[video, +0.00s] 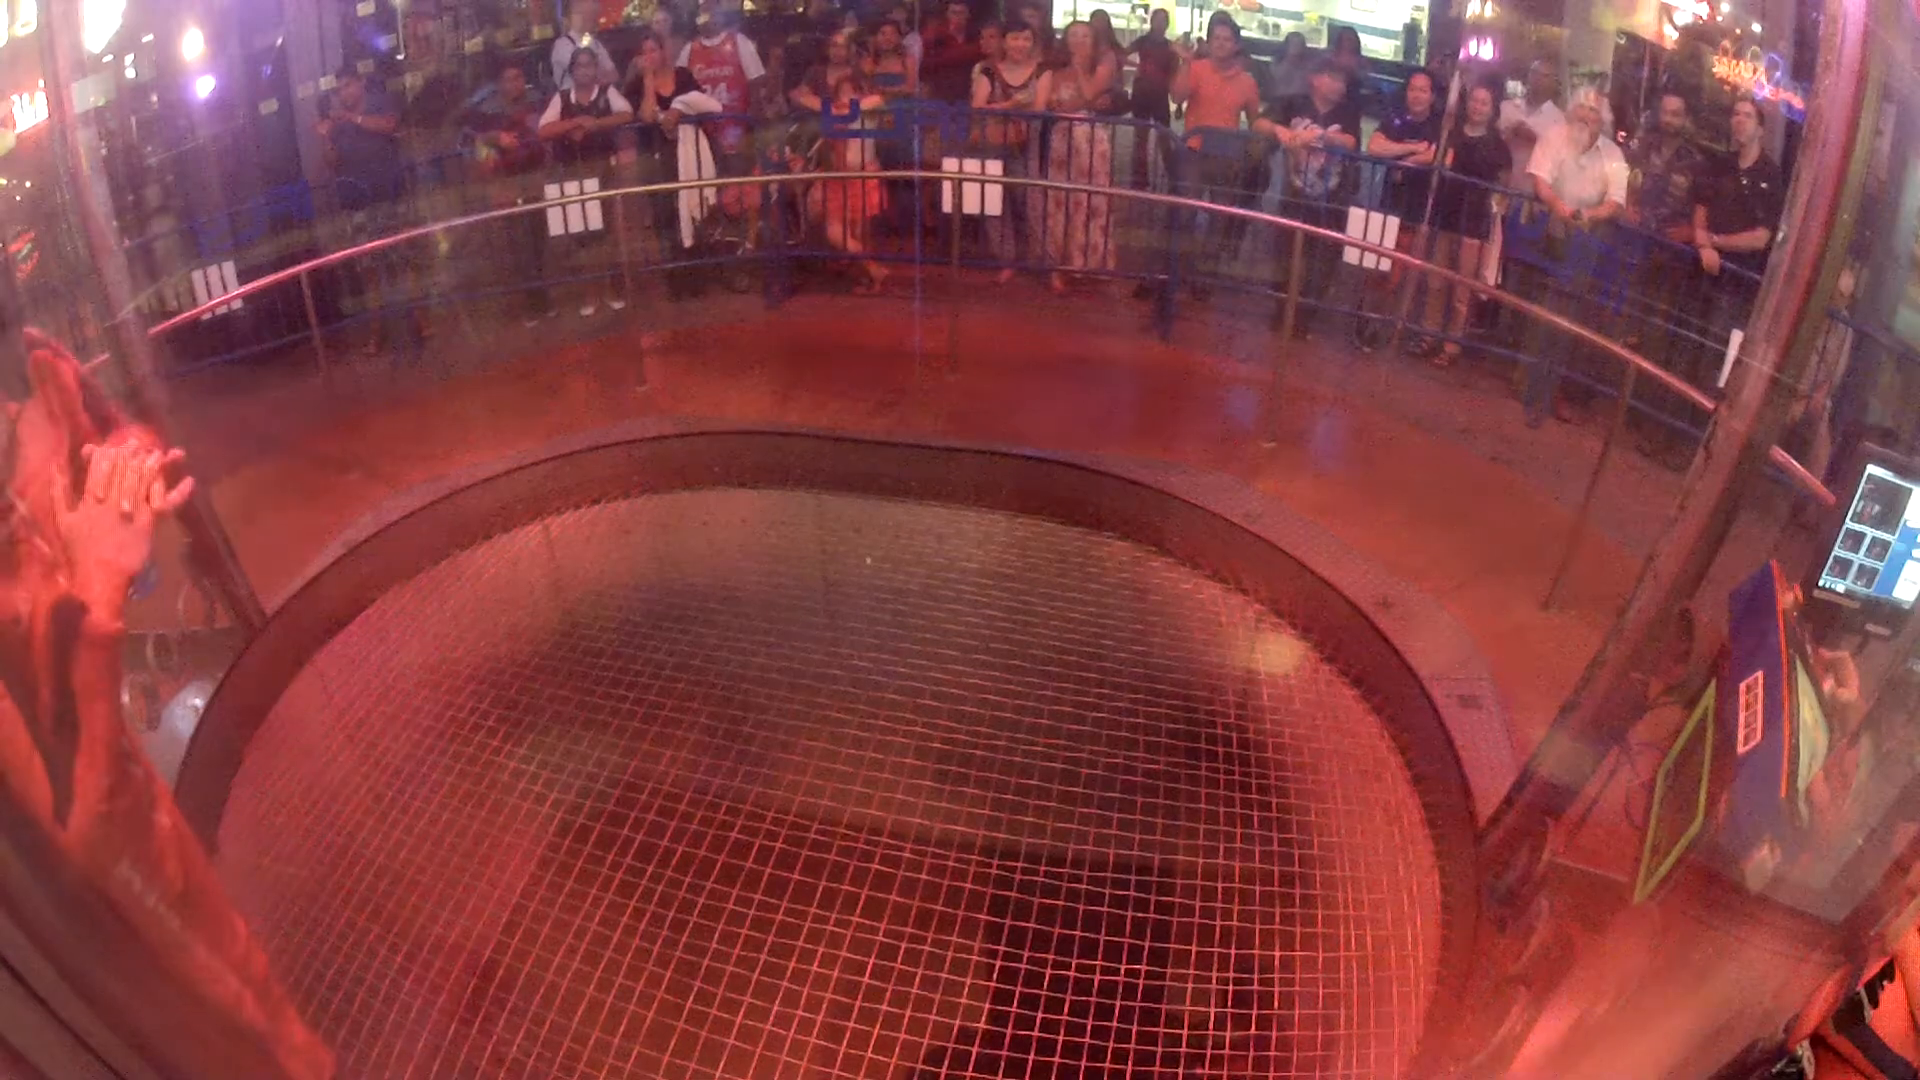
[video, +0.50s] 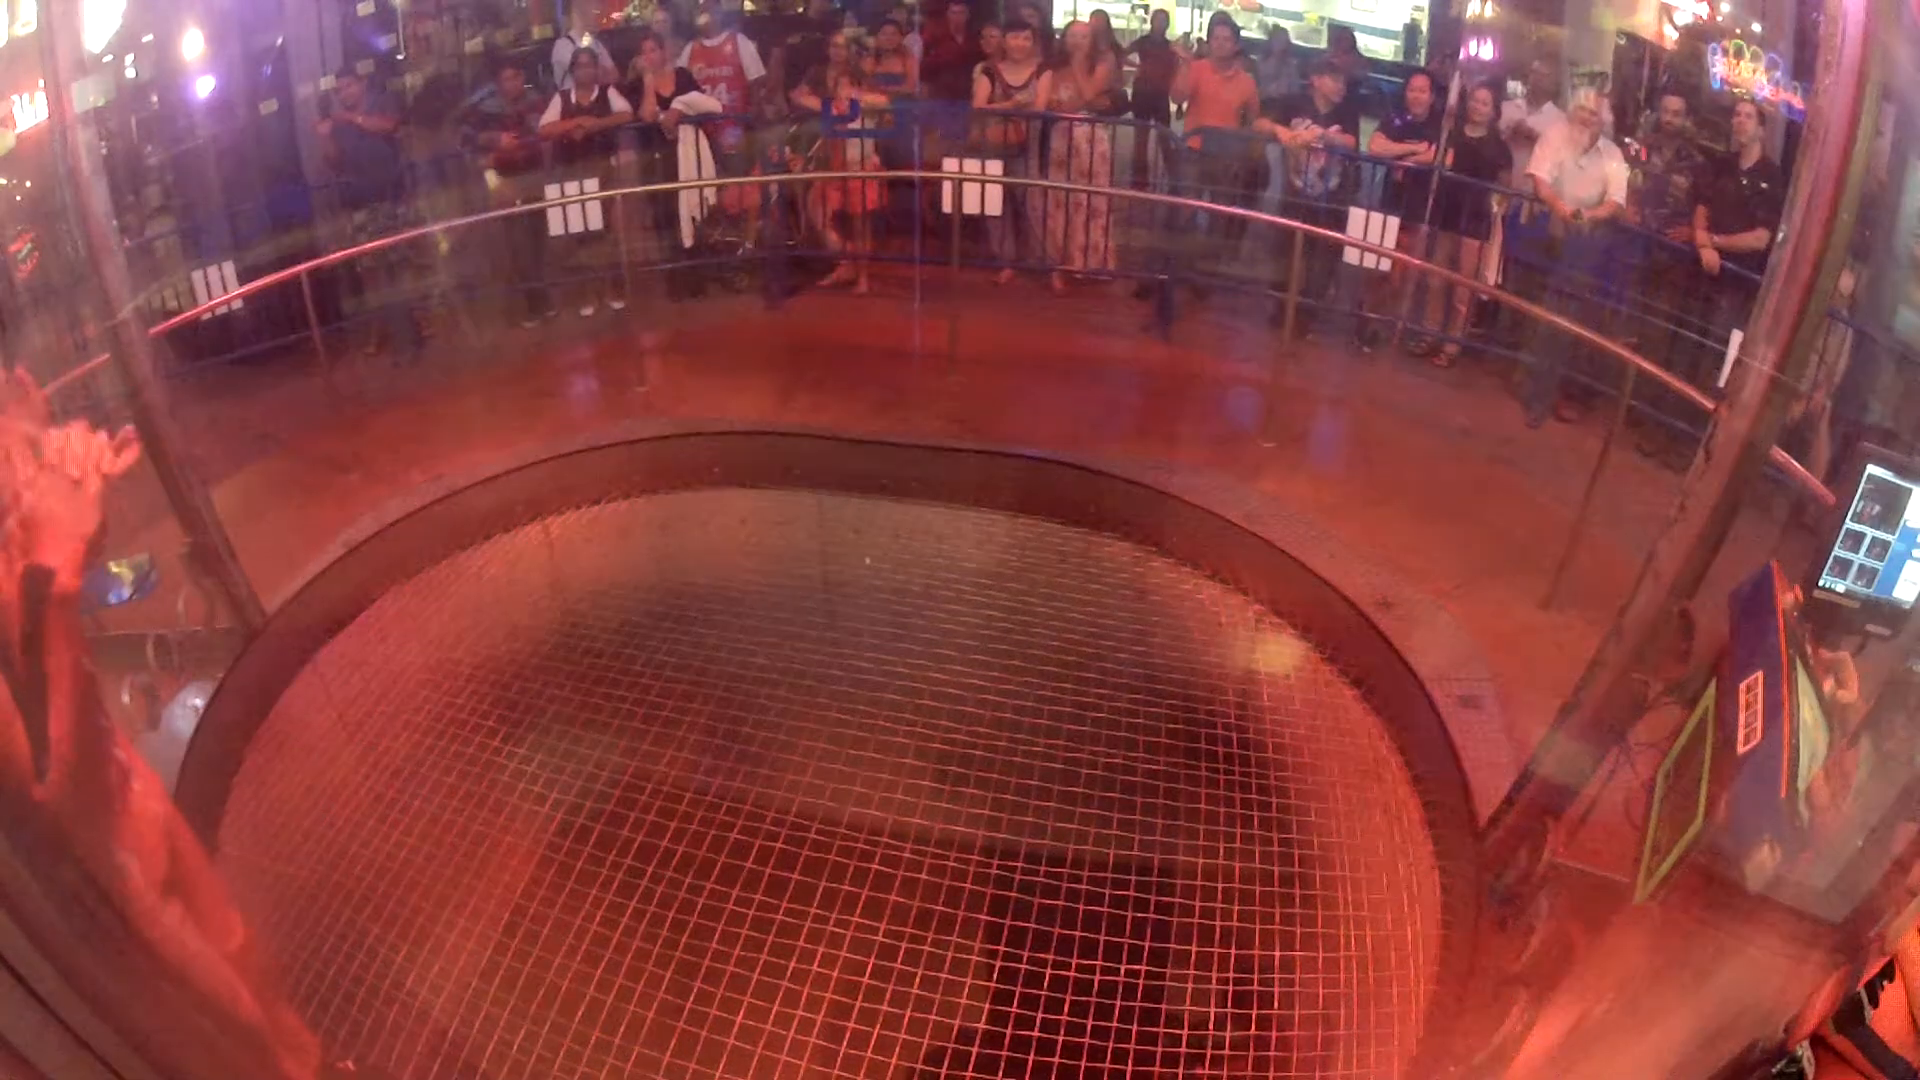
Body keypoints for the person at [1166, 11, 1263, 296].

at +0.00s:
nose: (1221, 44)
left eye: (1227, 39)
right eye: (1216, 38)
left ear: (1236, 44)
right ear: (1207, 41)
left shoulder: (1245, 80)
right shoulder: (1196, 69)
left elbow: (1256, 121)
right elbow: (1177, 96)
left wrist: (1256, 147)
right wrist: (1185, 63)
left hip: (1228, 151)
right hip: (1194, 146)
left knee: (1221, 214)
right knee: (1184, 209)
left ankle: (1205, 273)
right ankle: (1172, 269)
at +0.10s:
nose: (1221, 44)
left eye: (1227, 39)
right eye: (1216, 38)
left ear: (1237, 45)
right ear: (1208, 41)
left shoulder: (1245, 80)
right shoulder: (1196, 69)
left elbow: (1255, 120)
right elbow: (1178, 97)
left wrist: (1273, 133)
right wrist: (1184, 63)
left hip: (1227, 154)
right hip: (1193, 148)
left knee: (1220, 217)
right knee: (1183, 211)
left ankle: (1206, 275)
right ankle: (1171, 271)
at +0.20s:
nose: (1221, 44)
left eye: (1227, 39)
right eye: (1216, 38)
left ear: (1237, 45)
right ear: (1208, 41)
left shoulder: (1245, 80)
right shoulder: (1196, 69)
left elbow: (1256, 119)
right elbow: (1177, 97)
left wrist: (1272, 134)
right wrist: (1184, 63)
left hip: (1227, 153)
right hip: (1193, 148)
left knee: (1220, 216)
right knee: (1183, 210)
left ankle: (1206, 274)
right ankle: (1172, 270)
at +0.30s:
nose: (1220, 44)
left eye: (1226, 39)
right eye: (1215, 38)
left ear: (1236, 45)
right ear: (1207, 41)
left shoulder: (1245, 80)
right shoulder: (1196, 69)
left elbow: (1256, 119)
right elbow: (1178, 97)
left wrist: (1251, 145)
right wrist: (1184, 64)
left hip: (1228, 152)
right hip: (1194, 147)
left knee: (1220, 215)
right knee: (1183, 209)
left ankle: (1206, 274)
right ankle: (1172, 269)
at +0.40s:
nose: (1220, 44)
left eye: (1226, 39)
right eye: (1215, 38)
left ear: (1237, 45)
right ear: (1208, 41)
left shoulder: (1246, 81)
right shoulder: (1197, 69)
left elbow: (1254, 121)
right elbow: (1178, 96)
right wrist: (1184, 64)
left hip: (1227, 153)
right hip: (1194, 148)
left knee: (1222, 213)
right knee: (1185, 206)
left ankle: (1209, 270)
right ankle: (1173, 265)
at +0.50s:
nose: (1220, 43)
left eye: (1226, 39)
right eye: (1215, 38)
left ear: (1236, 45)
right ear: (1208, 41)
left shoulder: (1246, 81)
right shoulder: (1196, 69)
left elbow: (1254, 120)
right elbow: (1177, 97)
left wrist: (1276, 131)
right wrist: (1184, 64)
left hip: (1228, 153)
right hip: (1194, 148)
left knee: (1223, 213)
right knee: (1185, 205)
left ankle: (1209, 270)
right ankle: (1172, 265)